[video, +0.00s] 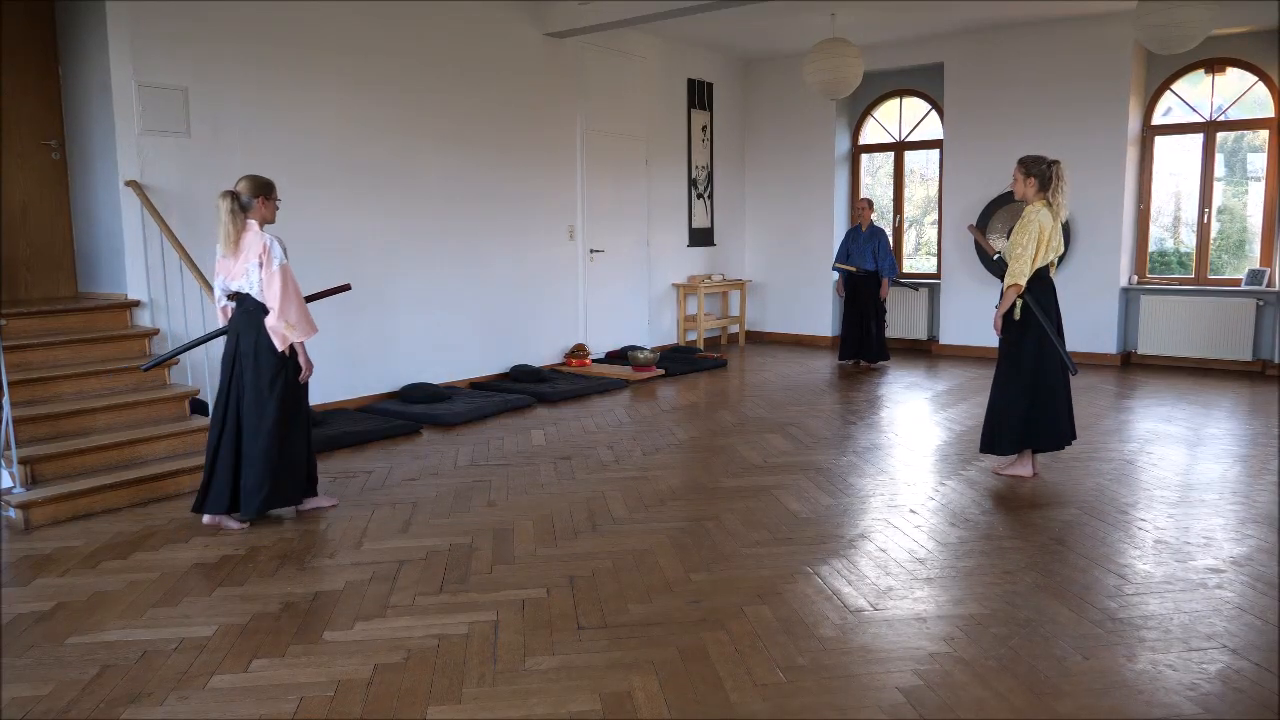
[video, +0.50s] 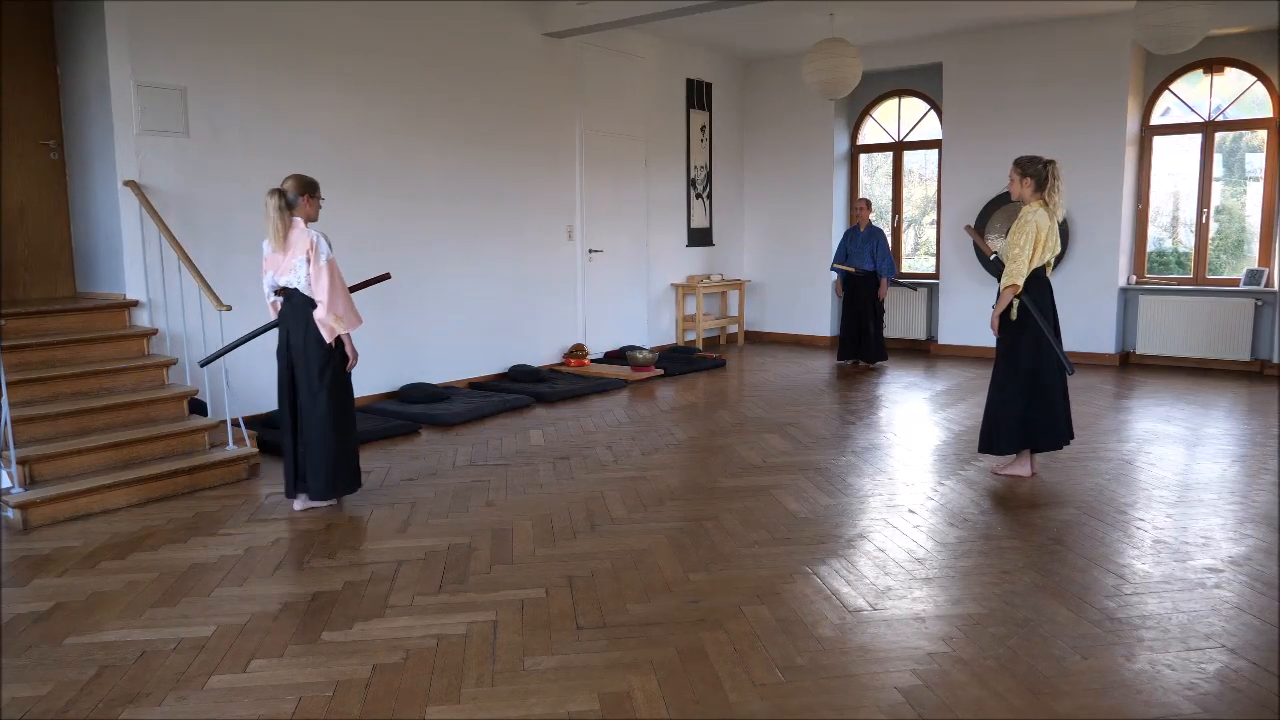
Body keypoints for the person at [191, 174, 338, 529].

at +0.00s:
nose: (278, 206)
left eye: (276, 201)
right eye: (275, 201)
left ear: (247, 204)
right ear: (261, 203)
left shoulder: (228, 245)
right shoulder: (268, 243)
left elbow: (223, 300)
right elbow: (281, 302)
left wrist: (238, 333)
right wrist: (299, 347)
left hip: (240, 337)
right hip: (269, 336)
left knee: (236, 419)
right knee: (290, 413)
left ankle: (219, 507)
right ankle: (304, 494)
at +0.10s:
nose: (288, 205)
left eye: (286, 199)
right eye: (285, 200)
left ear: (256, 203)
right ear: (271, 202)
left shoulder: (237, 245)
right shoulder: (280, 242)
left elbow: (236, 301)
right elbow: (294, 299)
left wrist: (252, 327)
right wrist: (312, 344)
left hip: (251, 332)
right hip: (281, 332)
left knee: (247, 413)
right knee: (298, 411)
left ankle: (221, 500)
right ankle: (306, 493)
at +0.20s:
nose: (297, 205)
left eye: (295, 199)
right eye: (294, 199)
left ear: (264, 202)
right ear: (281, 202)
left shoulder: (246, 244)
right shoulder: (290, 240)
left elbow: (247, 300)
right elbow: (306, 297)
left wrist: (264, 325)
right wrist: (324, 340)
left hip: (262, 330)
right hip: (292, 331)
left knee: (261, 411)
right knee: (305, 410)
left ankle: (232, 494)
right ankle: (309, 491)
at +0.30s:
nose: (305, 204)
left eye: (304, 199)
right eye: (302, 199)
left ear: (275, 201)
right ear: (289, 201)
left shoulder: (254, 244)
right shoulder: (298, 240)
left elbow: (256, 298)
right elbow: (314, 297)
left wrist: (273, 324)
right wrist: (333, 339)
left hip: (272, 330)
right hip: (302, 330)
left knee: (275, 406)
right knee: (309, 408)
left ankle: (254, 486)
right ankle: (305, 493)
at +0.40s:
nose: (313, 205)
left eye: (312, 199)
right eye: (311, 199)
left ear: (284, 201)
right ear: (297, 200)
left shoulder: (263, 243)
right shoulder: (306, 239)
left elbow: (265, 298)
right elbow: (321, 294)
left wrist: (284, 323)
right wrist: (339, 337)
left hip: (281, 330)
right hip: (309, 329)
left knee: (295, 406)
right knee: (315, 408)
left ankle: (301, 489)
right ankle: (311, 493)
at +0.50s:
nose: (321, 205)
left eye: (320, 200)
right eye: (319, 200)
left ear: (292, 202)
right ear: (305, 201)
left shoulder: (272, 242)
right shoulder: (314, 239)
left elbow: (272, 296)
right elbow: (327, 295)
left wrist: (290, 323)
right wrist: (346, 337)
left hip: (289, 329)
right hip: (316, 329)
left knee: (297, 408)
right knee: (319, 409)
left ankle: (301, 488)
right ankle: (312, 492)